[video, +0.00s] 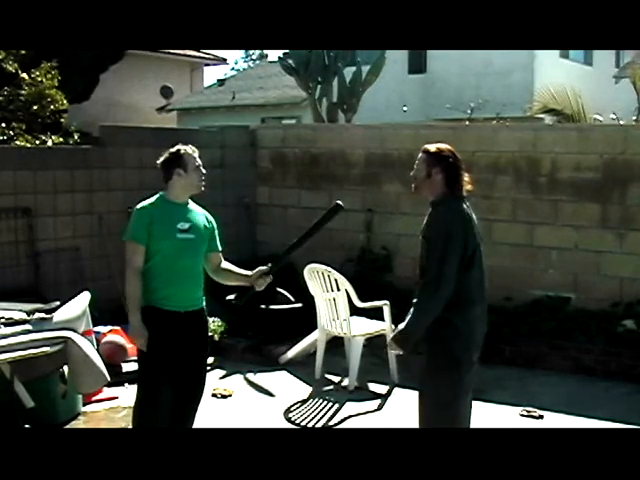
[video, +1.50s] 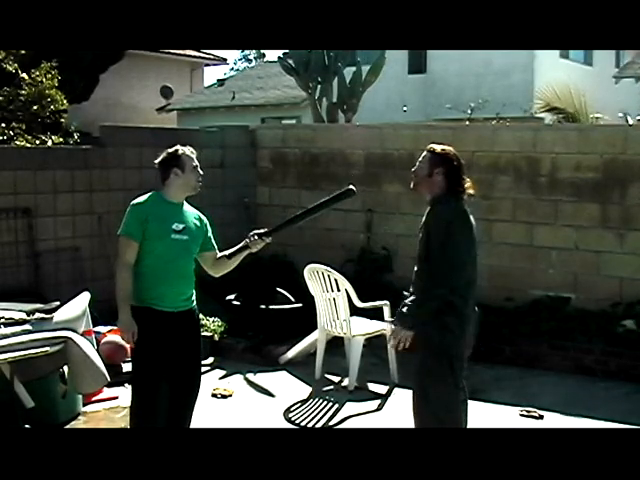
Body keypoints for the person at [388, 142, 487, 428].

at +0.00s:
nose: (413, 177)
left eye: (418, 171)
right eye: (414, 170)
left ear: (437, 175)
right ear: (438, 175)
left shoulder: (447, 217)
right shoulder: (452, 212)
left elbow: (437, 287)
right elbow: (437, 285)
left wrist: (405, 335)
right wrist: (408, 330)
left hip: (451, 336)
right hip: (455, 334)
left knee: (439, 415)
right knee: (446, 413)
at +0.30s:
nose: (413, 176)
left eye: (419, 170)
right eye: (415, 169)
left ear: (438, 176)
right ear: (437, 176)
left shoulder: (446, 217)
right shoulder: (451, 212)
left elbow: (439, 282)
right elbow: (438, 281)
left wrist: (418, 337)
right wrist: (418, 332)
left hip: (449, 336)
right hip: (453, 332)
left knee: (441, 415)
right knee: (447, 413)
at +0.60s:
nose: (413, 177)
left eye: (418, 171)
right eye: (414, 170)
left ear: (437, 175)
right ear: (439, 176)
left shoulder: (445, 217)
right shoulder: (453, 211)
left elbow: (433, 285)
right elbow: (435, 283)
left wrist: (412, 340)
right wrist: (415, 336)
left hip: (447, 333)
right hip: (455, 329)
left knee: (437, 410)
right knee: (445, 407)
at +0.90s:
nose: (414, 167)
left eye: (422, 164)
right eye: (418, 162)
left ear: (438, 176)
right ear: (437, 177)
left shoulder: (444, 212)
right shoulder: (444, 209)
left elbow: (435, 277)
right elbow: (440, 273)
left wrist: (404, 319)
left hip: (447, 326)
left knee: (436, 404)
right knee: (444, 402)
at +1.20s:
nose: (416, 168)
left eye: (422, 164)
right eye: (419, 163)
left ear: (440, 176)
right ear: (439, 177)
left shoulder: (451, 206)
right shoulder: (442, 206)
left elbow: (445, 233)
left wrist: (416, 226)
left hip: (445, 314)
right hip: (436, 311)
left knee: (437, 389)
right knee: (433, 388)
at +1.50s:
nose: (413, 173)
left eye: (420, 167)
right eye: (416, 166)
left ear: (438, 175)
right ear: (437, 176)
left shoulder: (447, 216)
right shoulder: (442, 213)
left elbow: (435, 279)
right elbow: (427, 276)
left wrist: (408, 319)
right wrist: (406, 315)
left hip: (444, 324)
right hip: (442, 321)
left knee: (436, 399)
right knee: (439, 396)